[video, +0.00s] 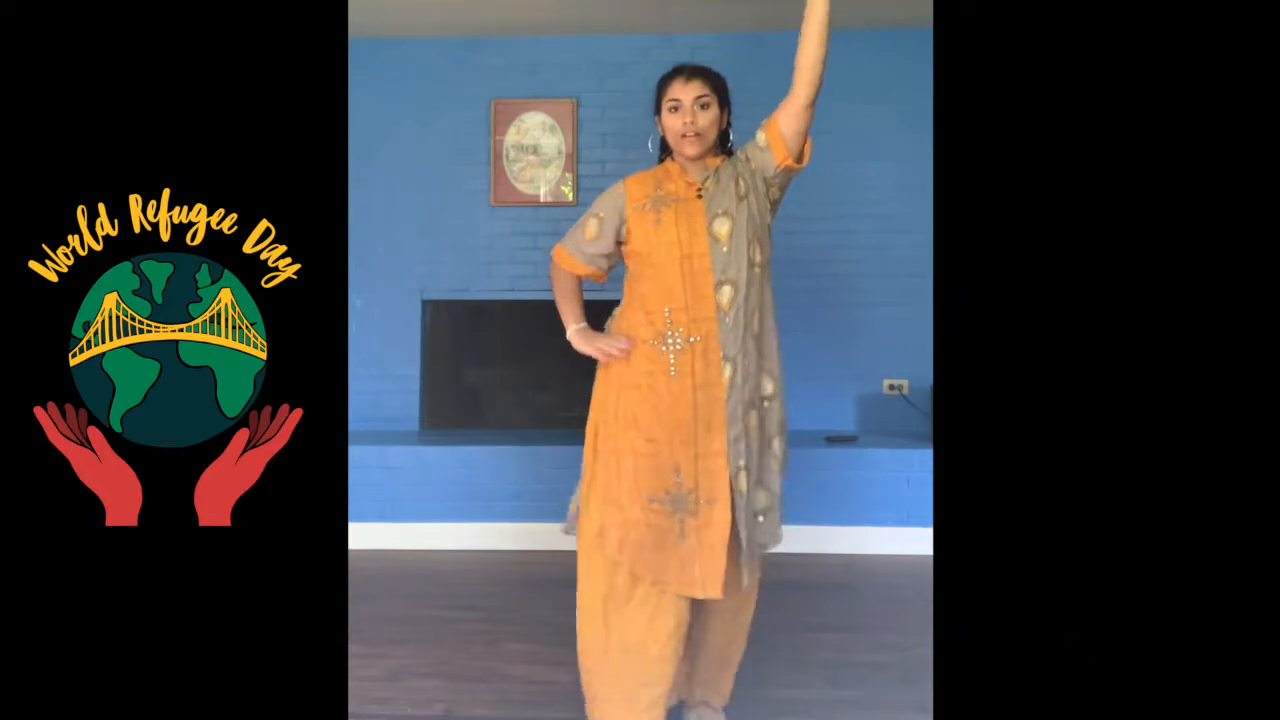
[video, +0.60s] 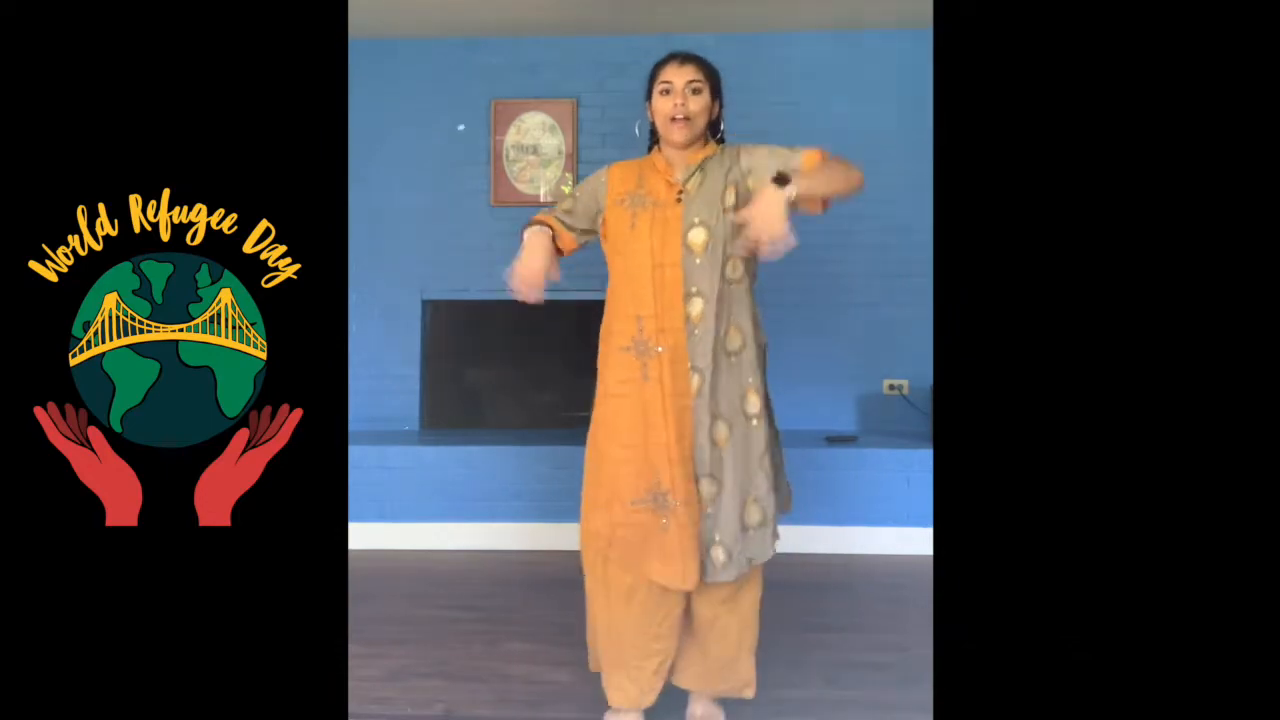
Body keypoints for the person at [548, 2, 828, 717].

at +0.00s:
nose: (689, 117)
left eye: (702, 105)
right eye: (675, 107)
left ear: (723, 117)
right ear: (660, 121)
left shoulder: (751, 179)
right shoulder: (634, 194)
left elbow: (803, 91)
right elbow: (566, 258)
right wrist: (579, 332)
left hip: (731, 391)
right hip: (643, 390)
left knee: (729, 551)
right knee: (634, 552)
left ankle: (704, 701)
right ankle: (630, 705)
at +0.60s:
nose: (679, 101)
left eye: (693, 90)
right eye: (666, 91)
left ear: (714, 106)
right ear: (649, 107)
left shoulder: (744, 167)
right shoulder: (618, 181)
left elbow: (847, 176)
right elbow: (555, 226)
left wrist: (784, 191)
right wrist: (538, 241)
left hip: (720, 383)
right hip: (634, 386)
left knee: (719, 536)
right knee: (630, 536)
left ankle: (704, 697)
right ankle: (627, 699)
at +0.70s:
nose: (682, 103)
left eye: (696, 92)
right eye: (669, 93)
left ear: (718, 106)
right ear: (652, 108)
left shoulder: (747, 180)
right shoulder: (617, 184)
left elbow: (823, 257)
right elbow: (554, 255)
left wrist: (769, 241)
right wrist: (575, 274)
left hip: (719, 381)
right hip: (633, 382)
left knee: (717, 526)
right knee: (633, 528)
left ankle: (703, 690)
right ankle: (628, 692)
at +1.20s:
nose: (693, 103)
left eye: (708, 93)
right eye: (681, 93)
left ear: (731, 107)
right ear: (664, 109)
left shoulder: (757, 169)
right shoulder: (635, 181)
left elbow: (759, 272)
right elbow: (619, 264)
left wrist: (745, 345)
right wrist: (607, 315)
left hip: (717, 383)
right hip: (636, 380)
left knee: (716, 540)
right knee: (642, 541)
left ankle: (714, 674)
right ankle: (650, 696)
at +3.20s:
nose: (687, 109)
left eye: (702, 96)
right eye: (673, 98)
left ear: (726, 102)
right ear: (657, 107)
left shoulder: (767, 175)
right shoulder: (630, 178)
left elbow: (792, 291)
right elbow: (586, 290)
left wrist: (793, 395)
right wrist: (572, 392)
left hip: (724, 405)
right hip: (631, 405)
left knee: (721, 576)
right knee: (635, 579)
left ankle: (715, 709)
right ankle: (644, 713)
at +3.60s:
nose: (691, 132)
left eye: (707, 120)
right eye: (676, 120)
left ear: (727, 132)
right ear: (658, 132)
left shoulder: (756, 216)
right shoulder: (614, 205)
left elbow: (838, 294)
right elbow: (549, 285)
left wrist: (776, 297)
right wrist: (598, 305)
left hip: (728, 446)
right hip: (634, 443)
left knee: (714, 619)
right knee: (638, 615)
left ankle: (692, 711)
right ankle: (635, 711)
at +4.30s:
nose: (680, 100)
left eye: (696, 84)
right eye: (663, 86)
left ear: (723, 99)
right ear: (645, 102)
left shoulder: (751, 194)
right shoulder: (607, 178)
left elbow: (760, 313)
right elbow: (581, 307)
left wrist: (786, 416)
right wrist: (563, 421)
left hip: (719, 433)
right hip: (618, 428)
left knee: (707, 621)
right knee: (609, 609)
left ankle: (687, 711)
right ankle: (594, 709)